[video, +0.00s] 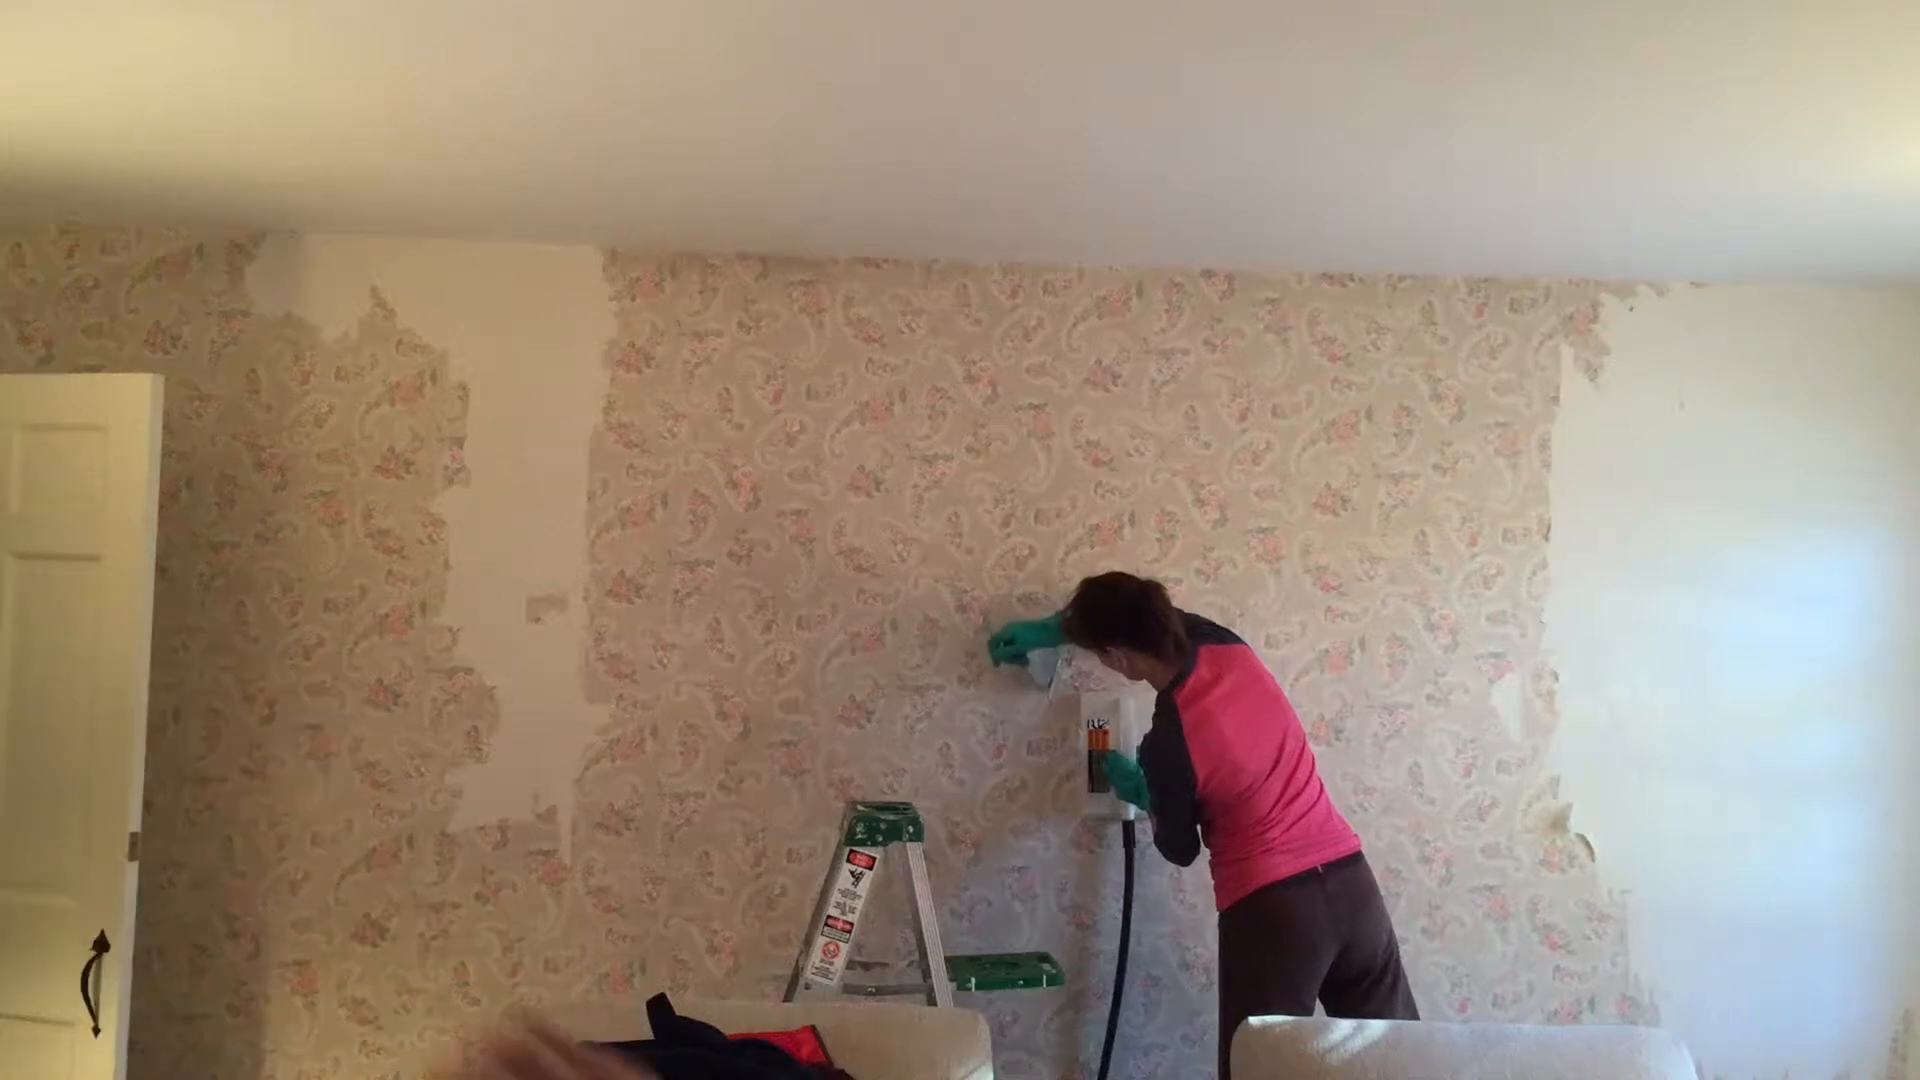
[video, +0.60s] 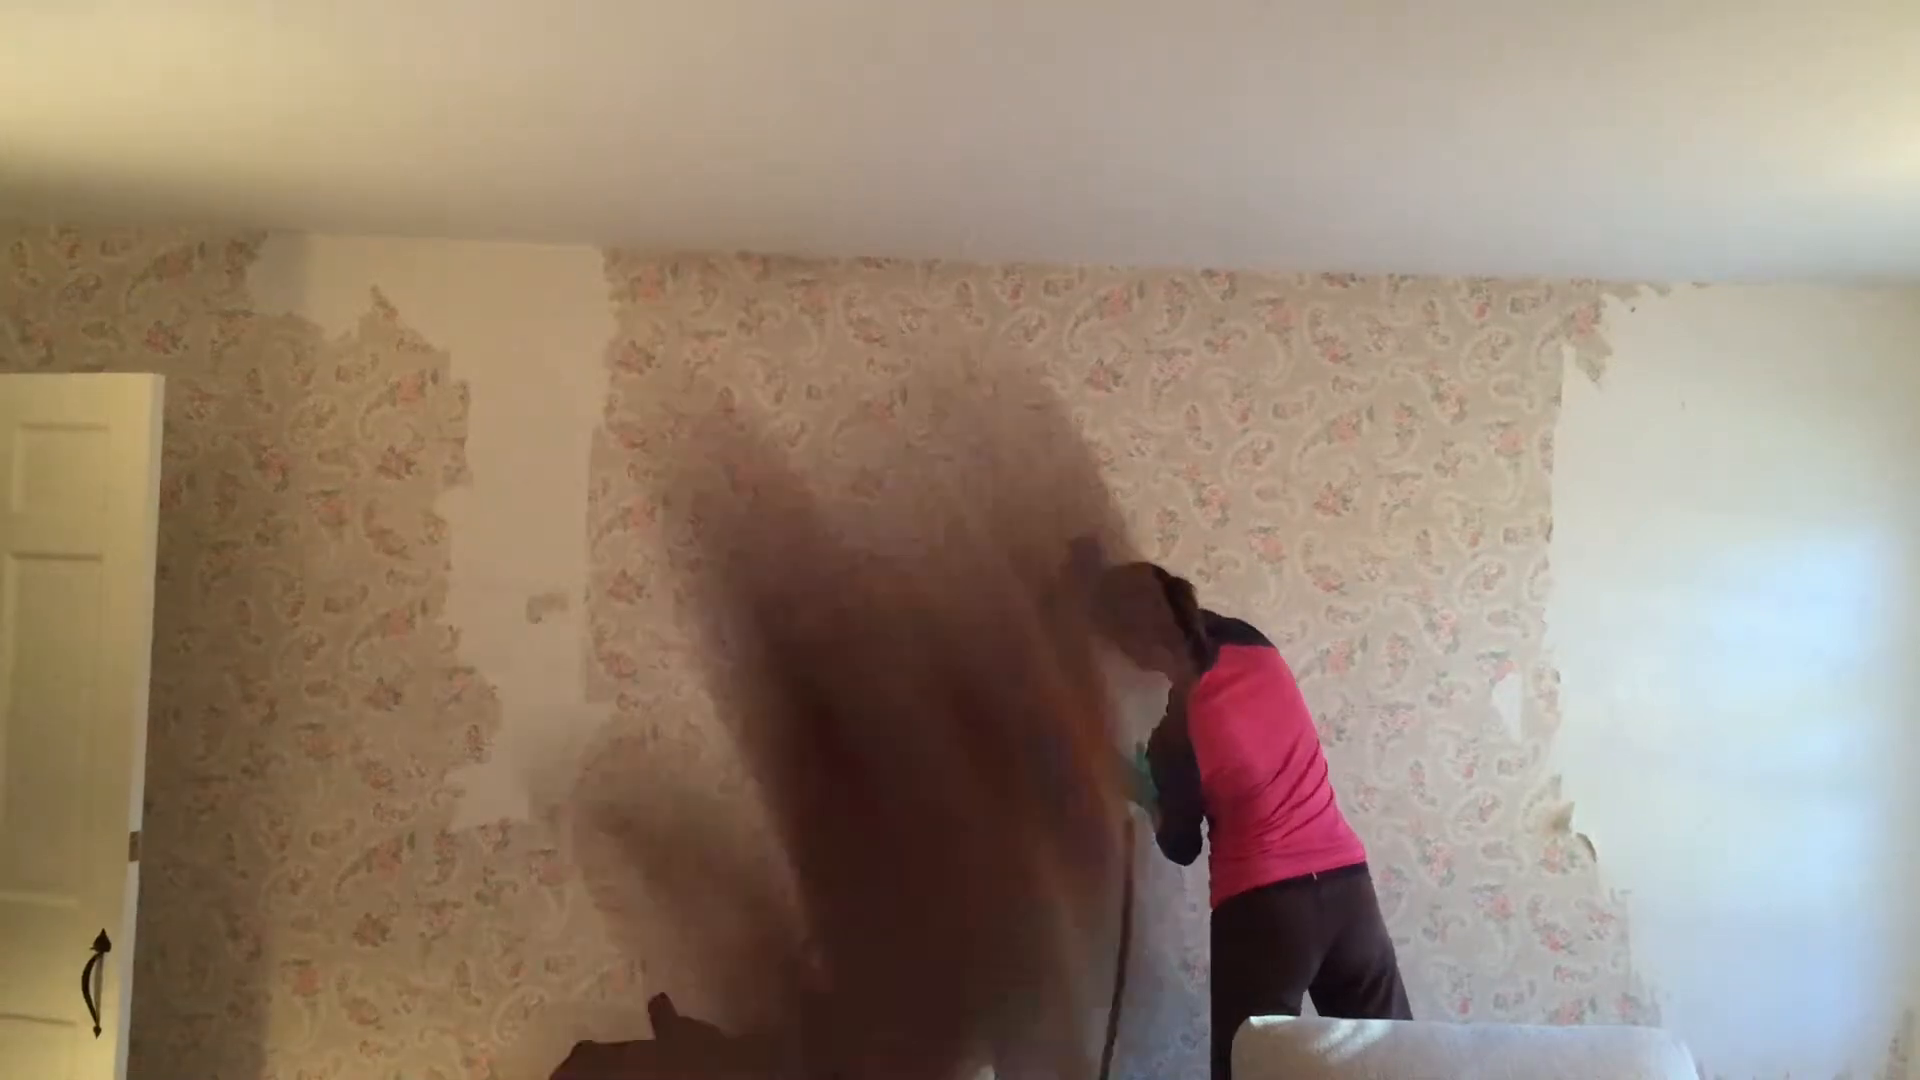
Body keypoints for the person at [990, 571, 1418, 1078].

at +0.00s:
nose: (1107, 665)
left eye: (1104, 654)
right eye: (1099, 655)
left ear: (1123, 653)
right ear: (1159, 614)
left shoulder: (1167, 740)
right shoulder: (1232, 649)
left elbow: (1180, 847)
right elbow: (1138, 612)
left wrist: (1138, 790)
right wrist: (1046, 630)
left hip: (1271, 917)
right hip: (1353, 889)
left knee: (1255, 1070)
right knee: (1401, 1060)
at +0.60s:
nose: (1124, 655)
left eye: (1122, 641)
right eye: (1117, 641)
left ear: (1139, 643)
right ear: (1187, 609)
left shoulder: (1174, 733)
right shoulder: (1261, 652)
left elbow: (1182, 847)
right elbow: (1192, 618)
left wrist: (1155, 797)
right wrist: (1105, 581)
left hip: (1261, 916)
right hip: (1349, 895)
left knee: (1247, 1073)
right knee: (1392, 1063)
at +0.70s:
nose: (1139, 646)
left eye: (1134, 636)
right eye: (1133, 637)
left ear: (1153, 636)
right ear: (1200, 602)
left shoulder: (1184, 728)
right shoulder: (1272, 646)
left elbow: (1177, 835)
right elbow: (1206, 611)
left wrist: (1137, 775)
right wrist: (1155, 576)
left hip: (1260, 916)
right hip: (1349, 900)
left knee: (1245, 1074)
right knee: (1385, 1066)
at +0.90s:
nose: (1166, 625)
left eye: (1164, 613)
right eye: (1164, 613)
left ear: (1184, 619)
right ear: (1240, 594)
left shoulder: (1198, 713)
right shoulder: (1312, 659)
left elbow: (1169, 814)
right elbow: (1264, 628)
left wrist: (1126, 745)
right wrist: (1228, 577)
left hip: (1256, 917)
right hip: (1350, 907)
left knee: (1243, 1074)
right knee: (1378, 1069)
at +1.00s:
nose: (1181, 621)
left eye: (1180, 607)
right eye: (1178, 608)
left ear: (1203, 610)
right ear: (1258, 595)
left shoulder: (1207, 709)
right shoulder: (1323, 660)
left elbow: (1169, 804)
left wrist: (1127, 736)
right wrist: (1286, 639)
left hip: (1258, 917)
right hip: (1353, 911)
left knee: (1245, 1074)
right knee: (1380, 1070)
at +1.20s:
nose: (1212, 610)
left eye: (1211, 596)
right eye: (1208, 596)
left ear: (1233, 600)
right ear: (1288, 590)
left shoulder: (1228, 699)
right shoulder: (1354, 678)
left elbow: (1169, 783)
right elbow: (1414, 766)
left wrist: (1124, 714)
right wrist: (1351, 669)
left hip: (1263, 917)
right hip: (1358, 914)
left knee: (1251, 1074)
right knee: (1381, 1071)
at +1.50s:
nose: (1241, 608)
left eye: (1249, 594)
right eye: (1241, 594)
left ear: (1296, 599)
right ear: (1302, 597)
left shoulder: (1264, 691)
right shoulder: (1393, 685)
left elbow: (1180, 768)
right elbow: (1451, 804)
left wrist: (1129, 712)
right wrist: (1399, 735)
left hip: (1278, 920)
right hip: (1374, 922)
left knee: (1262, 1075)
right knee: (1385, 1074)